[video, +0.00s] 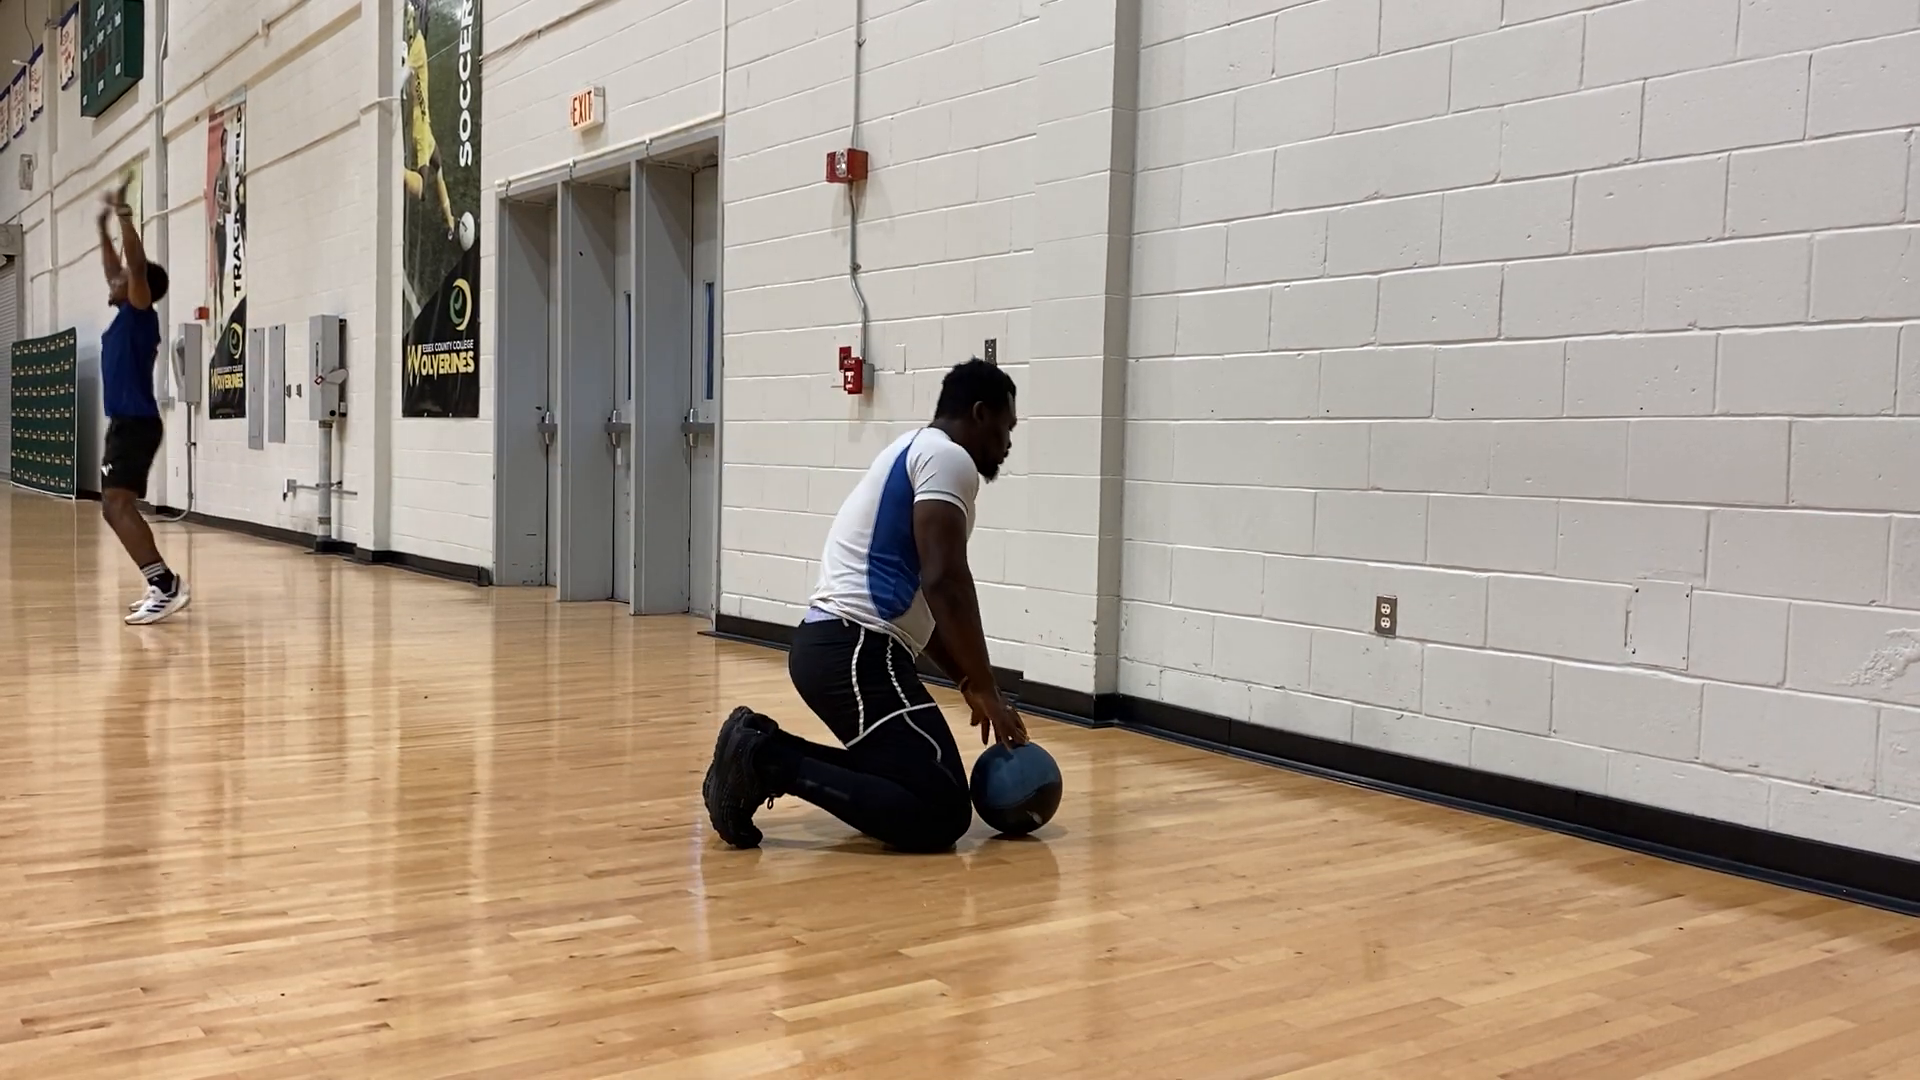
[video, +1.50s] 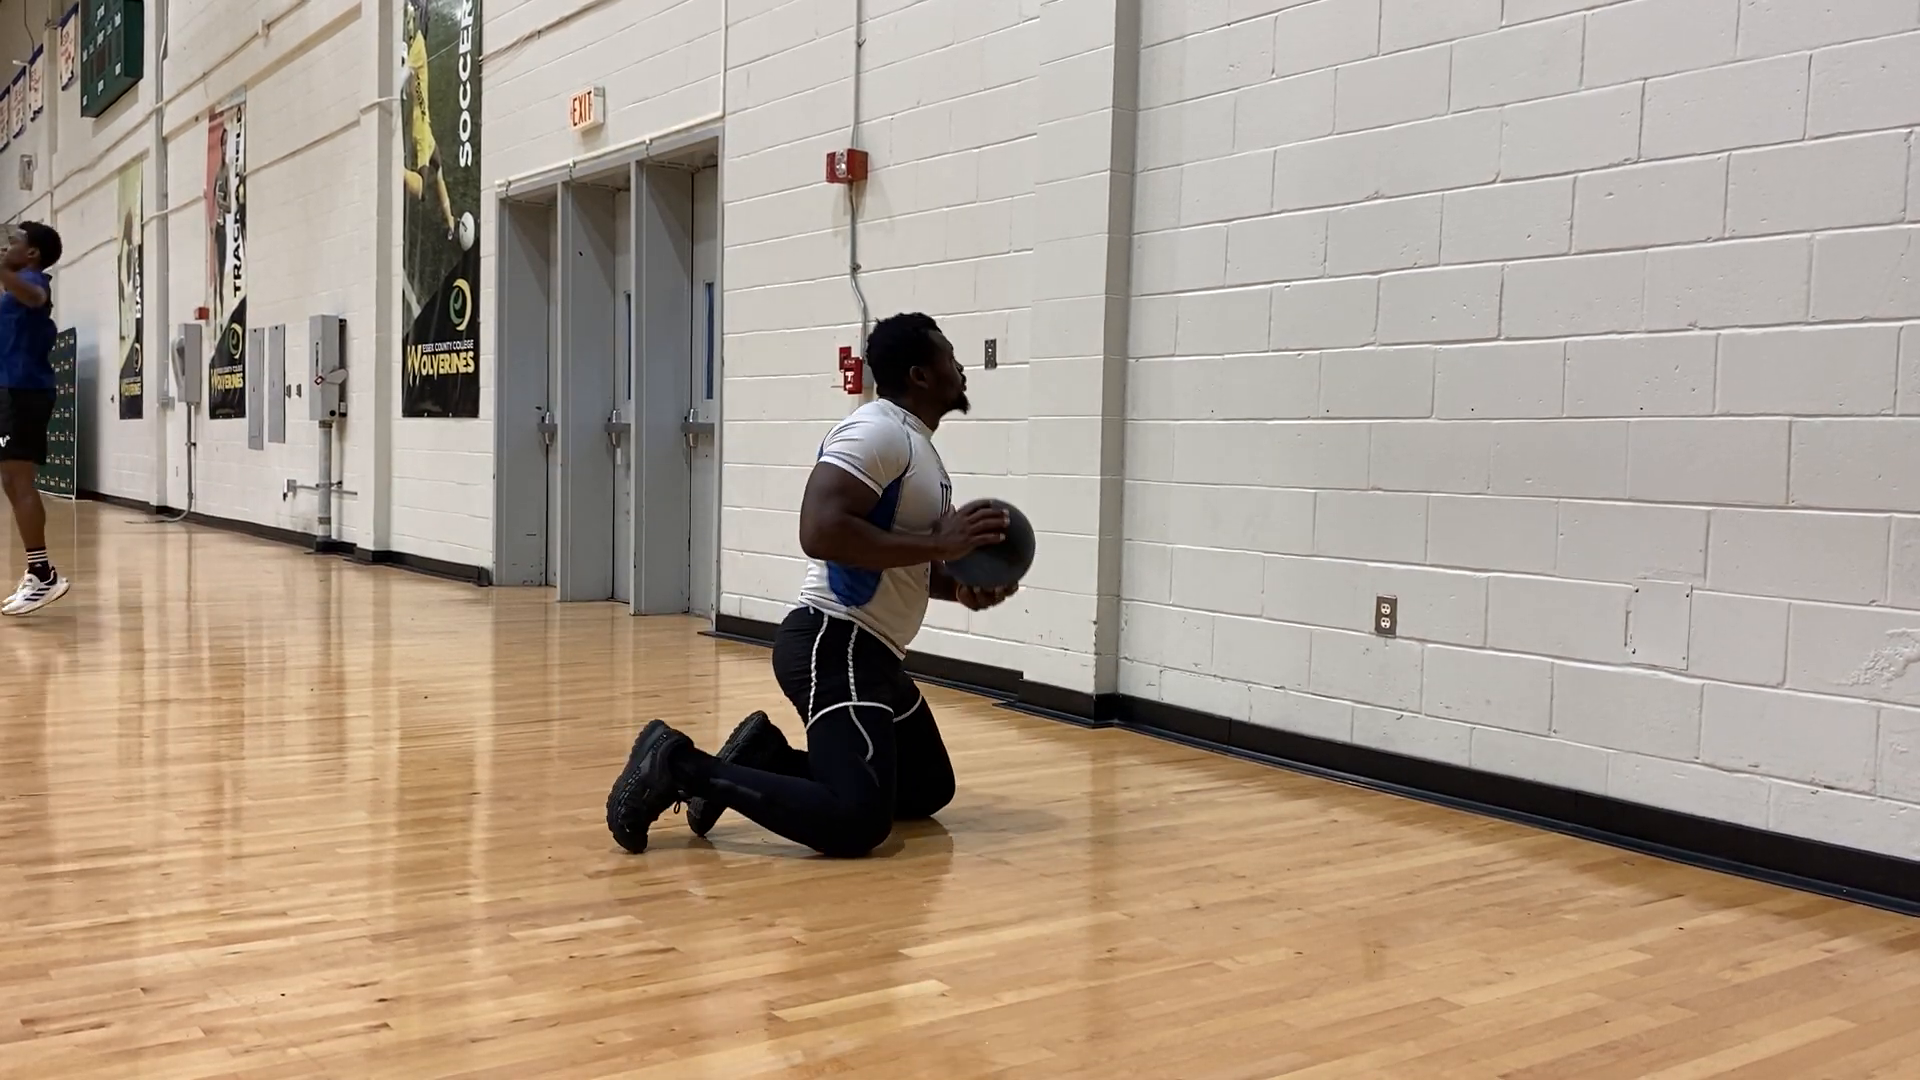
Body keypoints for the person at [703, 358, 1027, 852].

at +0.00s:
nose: (1009, 444)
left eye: (1011, 430)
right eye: (1007, 428)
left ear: (960, 413)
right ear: (979, 415)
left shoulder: (913, 453)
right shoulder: (945, 455)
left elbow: (909, 607)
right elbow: (944, 580)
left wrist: (970, 684)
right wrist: (985, 689)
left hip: (838, 643)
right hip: (856, 647)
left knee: (936, 793)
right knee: (940, 817)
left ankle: (767, 745)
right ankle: (768, 760)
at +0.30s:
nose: (1036, 459)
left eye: (1041, 446)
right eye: (1037, 444)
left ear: (994, 420)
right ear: (1010, 424)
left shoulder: (946, 457)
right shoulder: (957, 453)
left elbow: (938, 601)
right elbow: (948, 577)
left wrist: (976, 690)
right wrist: (985, 691)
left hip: (861, 640)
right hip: (849, 638)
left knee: (927, 786)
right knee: (913, 810)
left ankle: (766, 742)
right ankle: (745, 761)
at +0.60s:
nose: (1039, 472)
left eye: (1043, 458)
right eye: (1038, 456)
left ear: (996, 440)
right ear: (1007, 442)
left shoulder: (960, 493)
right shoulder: (945, 483)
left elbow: (956, 613)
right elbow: (923, 614)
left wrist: (991, 713)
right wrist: (979, 722)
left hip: (849, 654)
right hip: (822, 651)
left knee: (928, 783)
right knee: (888, 823)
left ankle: (760, 762)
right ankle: (716, 775)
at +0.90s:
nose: (1021, 475)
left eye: (1019, 461)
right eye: (1013, 461)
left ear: (972, 470)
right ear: (974, 470)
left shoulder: (951, 521)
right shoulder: (917, 527)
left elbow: (946, 631)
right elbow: (899, 664)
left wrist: (985, 720)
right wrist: (962, 758)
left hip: (835, 666)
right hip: (791, 664)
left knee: (923, 782)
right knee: (881, 822)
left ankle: (751, 767)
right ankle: (708, 780)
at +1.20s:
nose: (985, 404)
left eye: (981, 390)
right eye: (975, 392)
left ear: (941, 403)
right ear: (941, 401)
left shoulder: (931, 468)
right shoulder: (896, 448)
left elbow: (916, 562)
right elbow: (835, 548)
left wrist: (967, 626)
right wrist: (938, 612)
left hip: (852, 655)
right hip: (818, 651)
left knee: (924, 784)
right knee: (880, 820)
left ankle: (760, 765)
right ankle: (702, 781)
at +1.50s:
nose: (961, 367)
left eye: (954, 355)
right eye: (950, 356)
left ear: (916, 377)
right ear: (920, 375)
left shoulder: (920, 450)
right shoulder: (878, 429)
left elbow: (899, 562)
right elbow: (821, 530)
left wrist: (961, 587)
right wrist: (934, 545)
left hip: (871, 649)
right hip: (833, 641)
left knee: (925, 787)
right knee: (858, 822)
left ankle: (770, 760)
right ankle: (681, 766)